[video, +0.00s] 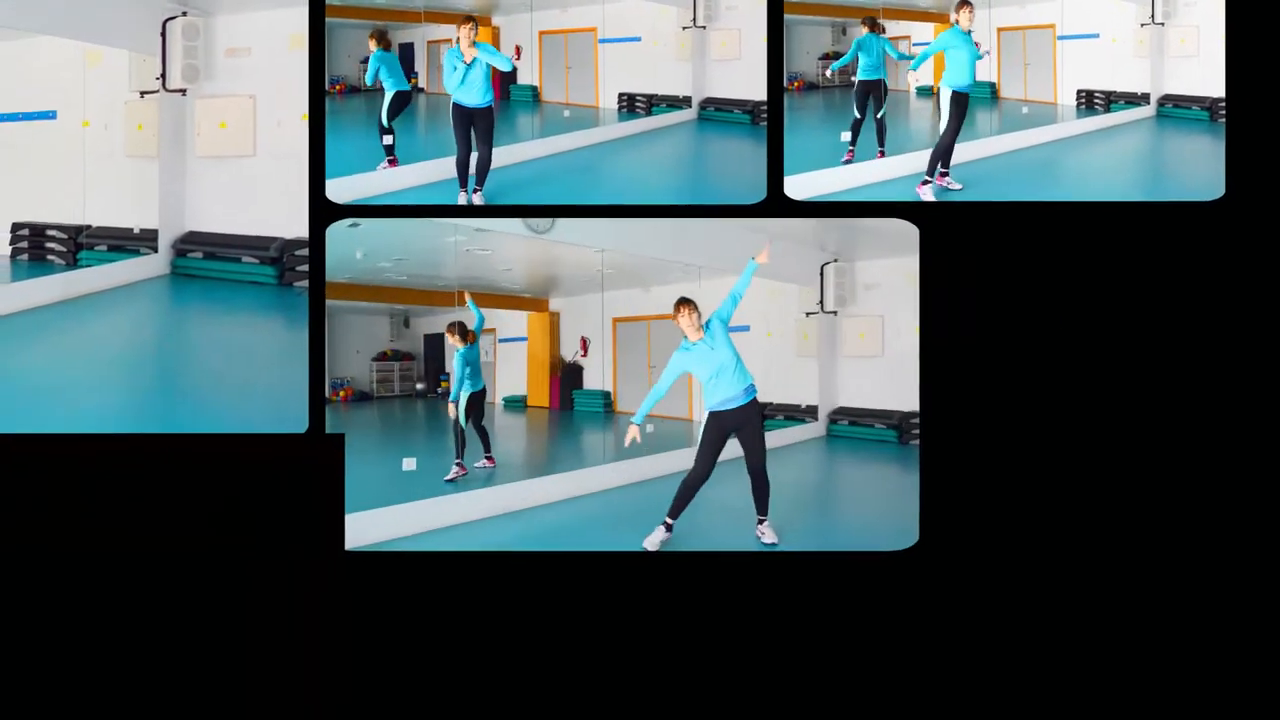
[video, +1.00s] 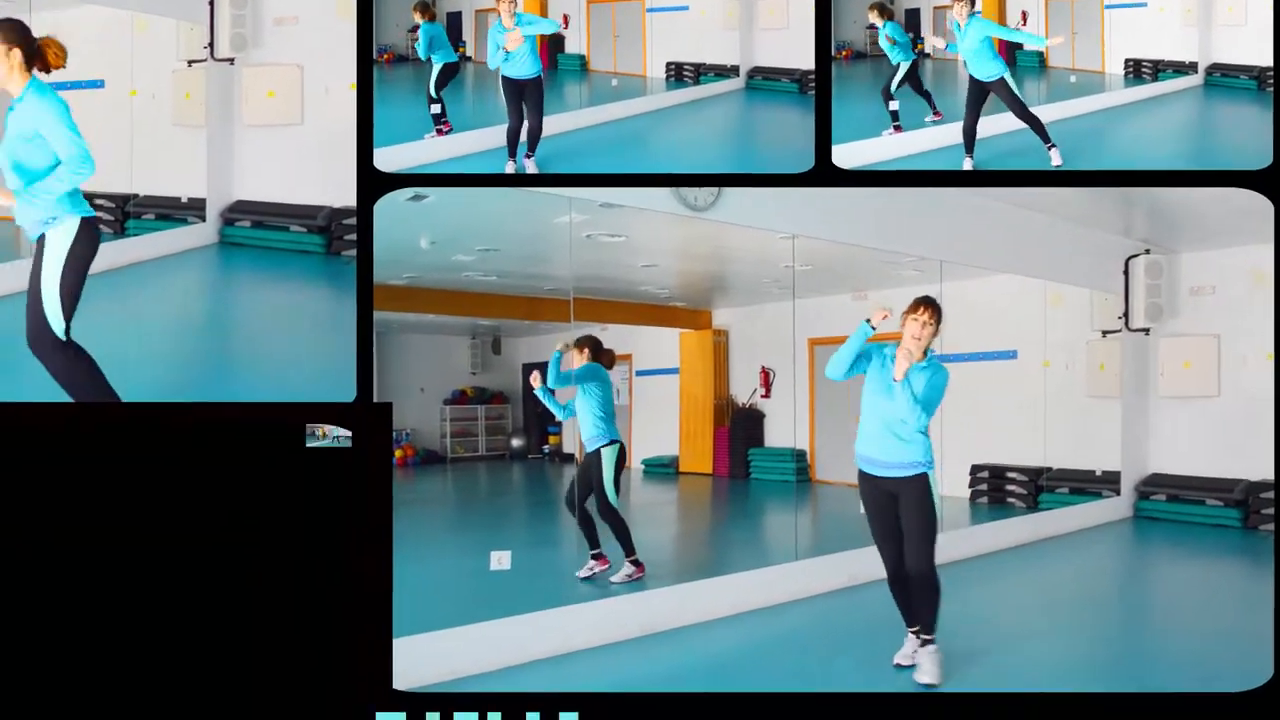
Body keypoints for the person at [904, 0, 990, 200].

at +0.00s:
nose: (971, 15)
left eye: (972, 12)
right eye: (967, 12)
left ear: (972, 16)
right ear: (956, 16)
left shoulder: (969, 38)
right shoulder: (949, 35)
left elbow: (969, 58)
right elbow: (928, 51)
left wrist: (981, 54)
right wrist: (913, 67)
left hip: (963, 91)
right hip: (950, 90)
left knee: (953, 133)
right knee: (948, 134)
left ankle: (943, 175)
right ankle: (926, 182)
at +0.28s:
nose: (959, 7)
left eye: (962, 4)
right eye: (955, 4)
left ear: (965, 8)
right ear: (948, 7)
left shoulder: (971, 29)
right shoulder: (936, 28)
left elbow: (995, 45)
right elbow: (920, 56)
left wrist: (1004, 36)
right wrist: (917, 46)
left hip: (960, 88)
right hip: (938, 88)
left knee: (968, 132)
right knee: (938, 134)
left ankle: (959, 162)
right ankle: (930, 178)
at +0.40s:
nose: (954, 5)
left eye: (957, 2)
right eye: (950, 2)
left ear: (962, 6)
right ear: (944, 5)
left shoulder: (969, 25)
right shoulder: (934, 26)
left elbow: (993, 44)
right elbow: (924, 56)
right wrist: (940, 34)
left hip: (961, 84)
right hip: (938, 85)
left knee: (972, 127)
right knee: (940, 130)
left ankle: (961, 163)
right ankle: (936, 174)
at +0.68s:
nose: (945, 19)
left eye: (949, 15)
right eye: (941, 15)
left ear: (954, 19)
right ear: (935, 18)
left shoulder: (962, 34)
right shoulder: (929, 40)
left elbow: (990, 49)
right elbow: (926, 73)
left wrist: (960, 47)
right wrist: (939, 54)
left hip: (967, 87)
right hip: (943, 88)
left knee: (979, 126)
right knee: (948, 131)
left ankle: (971, 168)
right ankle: (946, 172)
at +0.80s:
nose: (942, 20)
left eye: (946, 17)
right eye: (939, 16)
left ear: (952, 19)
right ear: (933, 17)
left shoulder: (961, 33)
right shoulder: (927, 38)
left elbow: (990, 45)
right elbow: (922, 65)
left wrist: (983, 59)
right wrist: (918, 64)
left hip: (970, 85)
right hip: (946, 87)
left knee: (990, 125)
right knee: (949, 130)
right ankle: (946, 172)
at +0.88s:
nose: (944, 18)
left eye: (948, 15)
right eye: (941, 13)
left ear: (953, 17)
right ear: (935, 14)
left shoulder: (962, 31)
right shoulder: (930, 36)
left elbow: (990, 41)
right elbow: (933, 60)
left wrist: (1010, 51)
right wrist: (915, 59)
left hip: (975, 83)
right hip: (952, 86)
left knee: (997, 124)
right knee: (953, 129)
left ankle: (1025, 160)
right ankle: (950, 170)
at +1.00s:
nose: (960, 11)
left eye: (964, 7)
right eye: (957, 7)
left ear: (971, 9)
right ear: (953, 10)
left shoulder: (980, 24)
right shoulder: (956, 26)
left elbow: (1012, 34)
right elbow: (965, 48)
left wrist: (1044, 42)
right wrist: (944, 46)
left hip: (997, 77)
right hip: (976, 79)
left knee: (1022, 113)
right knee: (969, 120)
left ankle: (1051, 148)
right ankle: (968, 158)